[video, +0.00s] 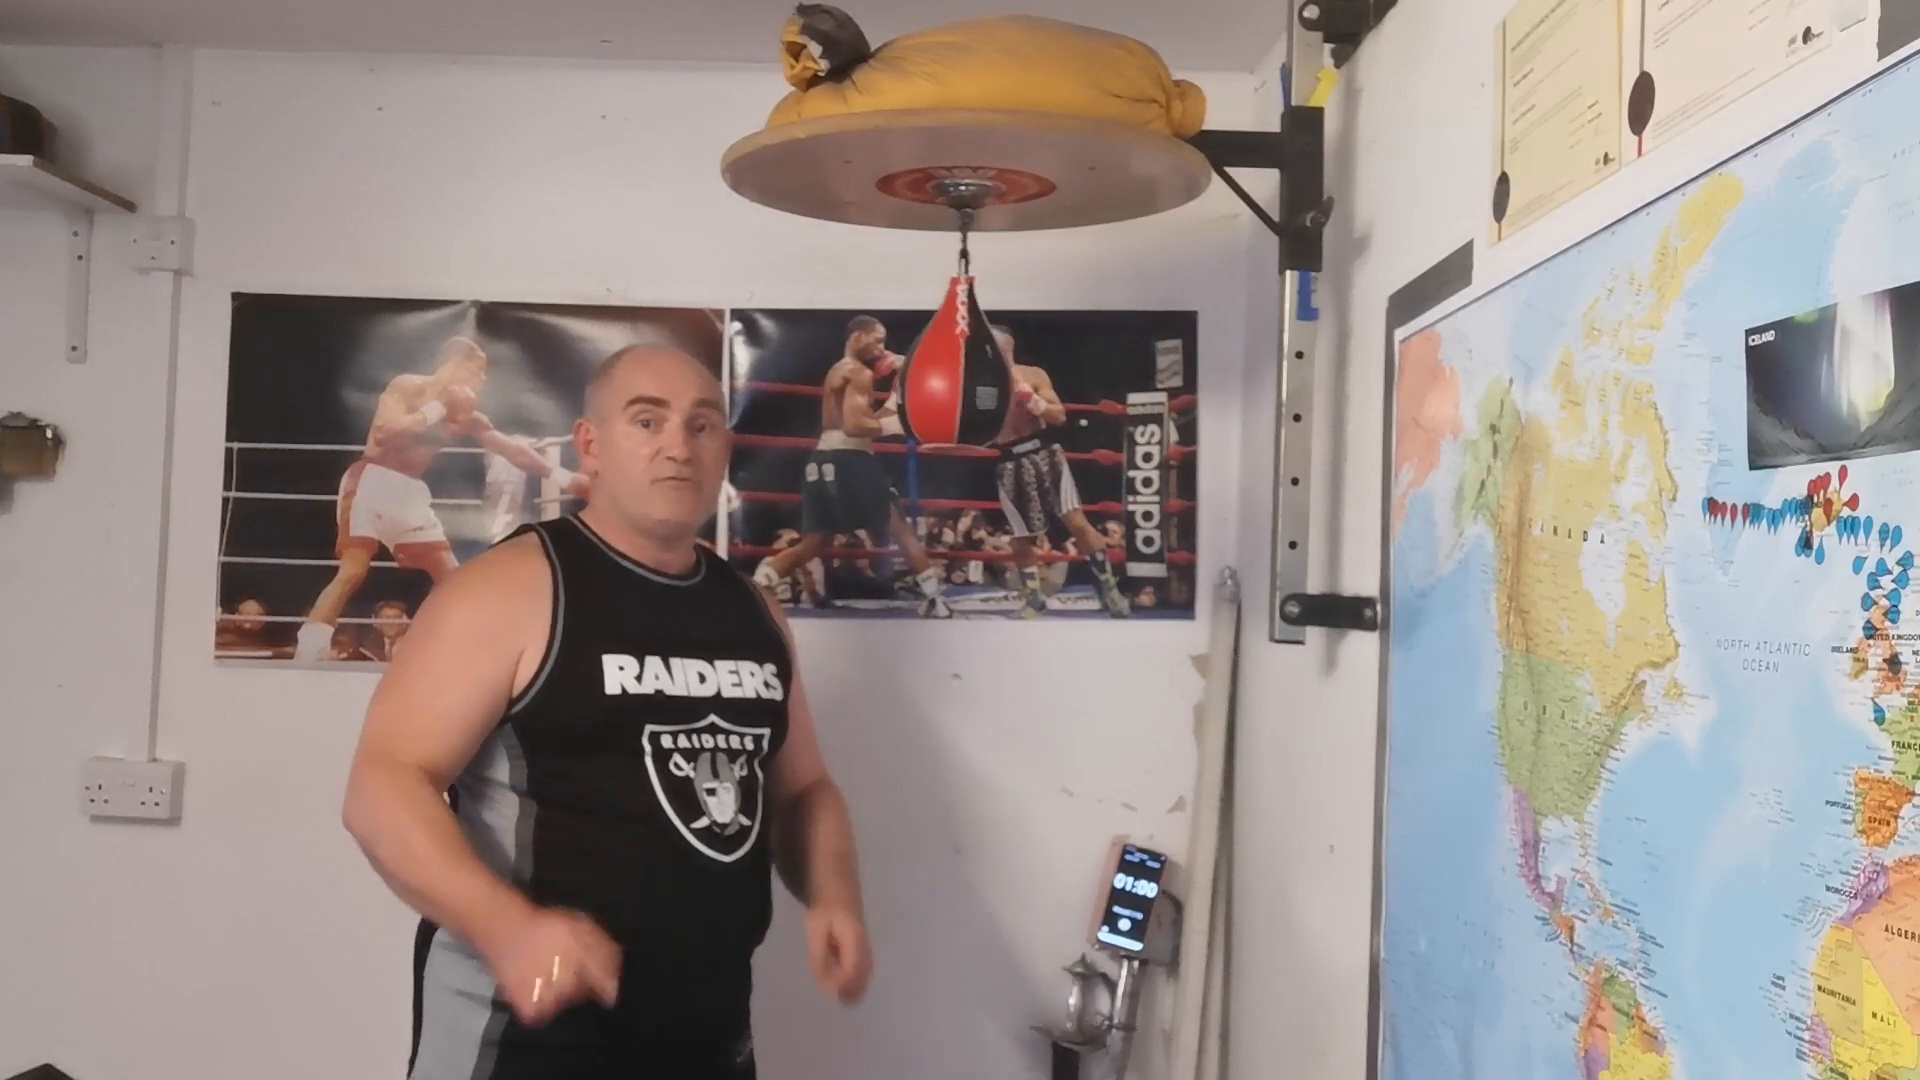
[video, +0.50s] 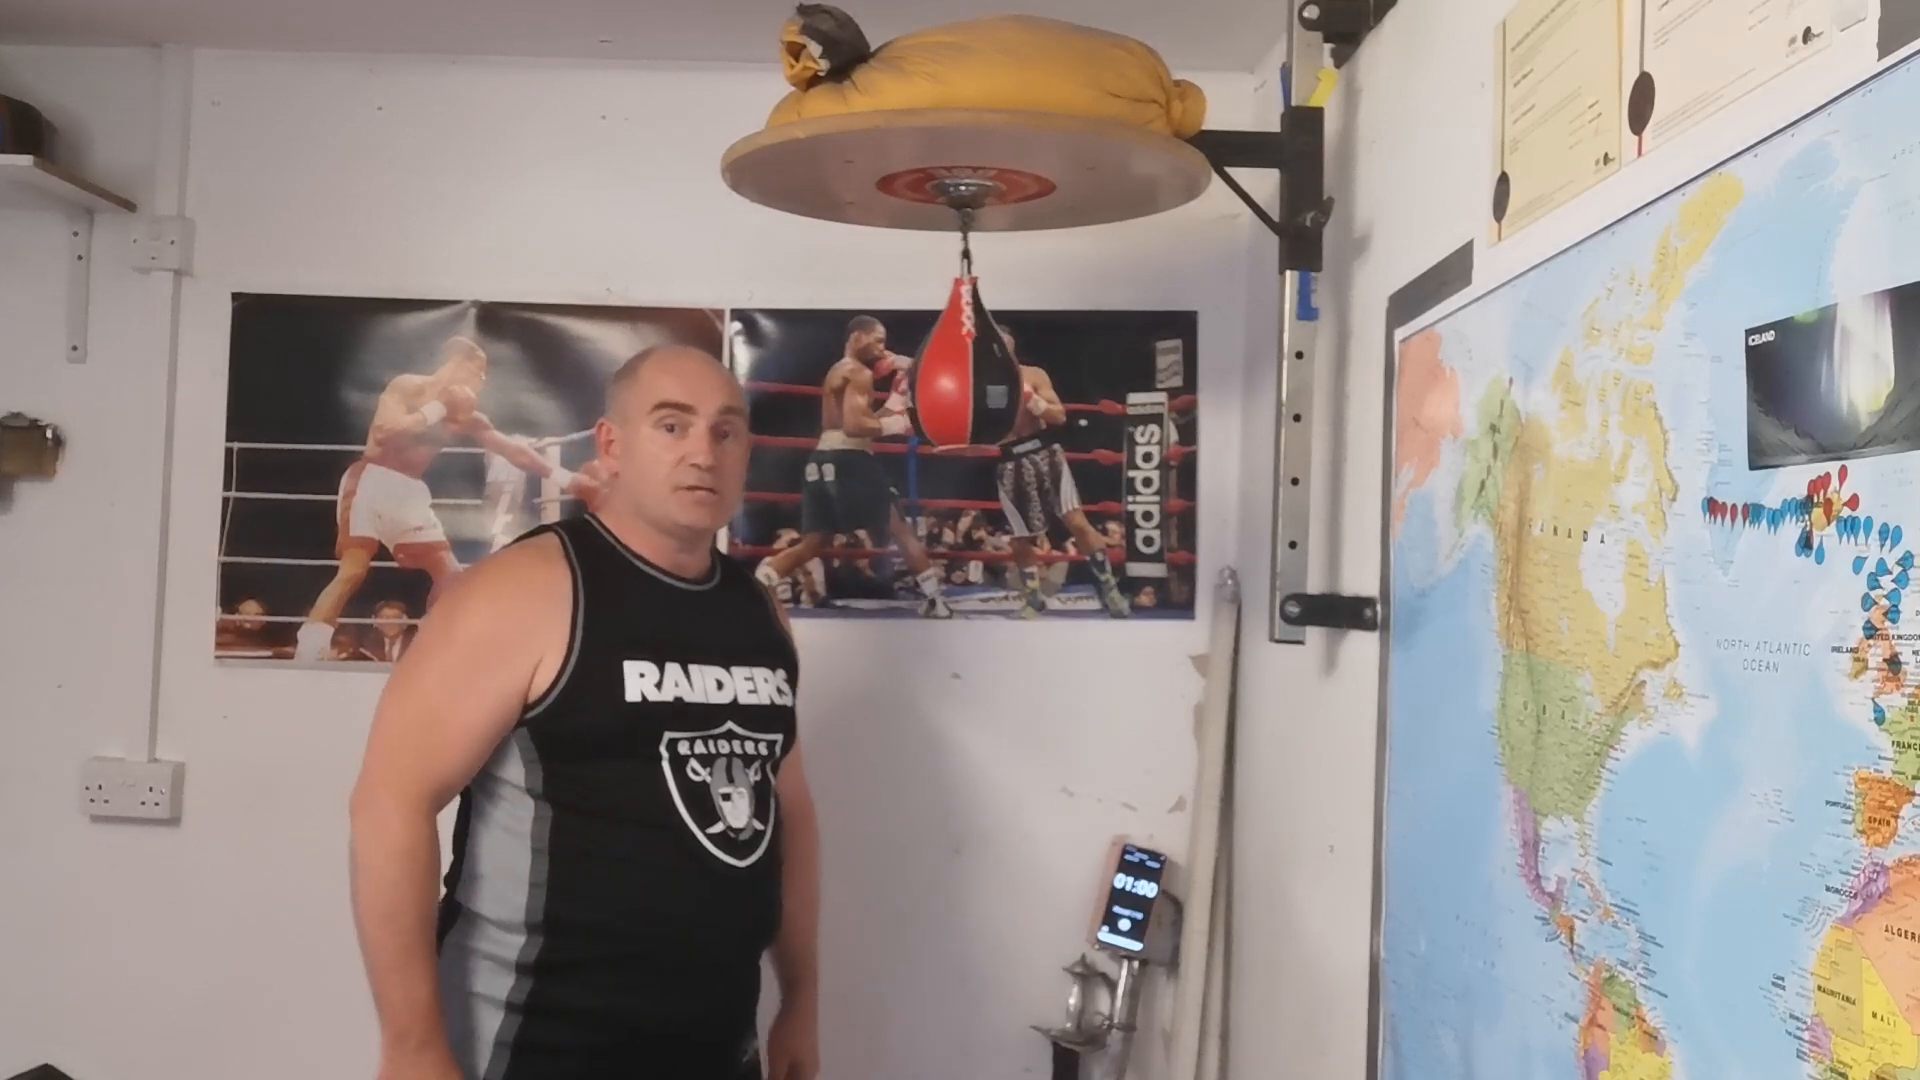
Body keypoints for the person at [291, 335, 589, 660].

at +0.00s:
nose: (476, 384)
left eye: (479, 377)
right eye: (472, 374)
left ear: (476, 380)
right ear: (451, 365)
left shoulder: (464, 415)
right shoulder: (404, 386)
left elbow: (511, 449)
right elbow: (383, 433)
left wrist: (563, 478)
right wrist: (436, 409)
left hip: (408, 492)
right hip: (367, 483)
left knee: (448, 573)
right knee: (353, 570)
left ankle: (461, 654)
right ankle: (306, 652)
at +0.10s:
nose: (475, 385)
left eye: (478, 378)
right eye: (471, 374)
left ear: (478, 382)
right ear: (450, 367)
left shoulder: (465, 417)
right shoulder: (405, 387)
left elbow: (511, 450)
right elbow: (384, 433)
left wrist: (563, 478)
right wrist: (436, 409)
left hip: (409, 493)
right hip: (368, 483)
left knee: (449, 573)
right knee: (353, 570)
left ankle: (463, 653)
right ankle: (306, 652)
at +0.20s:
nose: (475, 385)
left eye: (478, 378)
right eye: (471, 375)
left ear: (477, 382)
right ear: (451, 366)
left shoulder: (465, 415)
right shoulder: (405, 386)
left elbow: (512, 450)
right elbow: (383, 433)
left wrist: (565, 478)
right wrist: (435, 409)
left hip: (408, 493)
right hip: (367, 483)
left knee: (449, 574)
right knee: (353, 570)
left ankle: (450, 659)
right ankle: (306, 652)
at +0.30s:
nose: (478, 385)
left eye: (480, 378)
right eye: (475, 375)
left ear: (474, 381)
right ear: (453, 366)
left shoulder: (464, 416)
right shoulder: (405, 387)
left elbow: (510, 450)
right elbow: (385, 432)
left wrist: (564, 478)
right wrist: (437, 409)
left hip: (408, 493)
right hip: (368, 482)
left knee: (449, 572)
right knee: (353, 571)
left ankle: (445, 655)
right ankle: (305, 651)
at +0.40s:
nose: (475, 385)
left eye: (478, 378)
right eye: (472, 375)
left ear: (477, 381)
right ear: (451, 366)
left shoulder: (465, 417)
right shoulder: (404, 387)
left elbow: (511, 450)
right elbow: (384, 433)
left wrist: (564, 478)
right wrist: (436, 409)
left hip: (408, 493)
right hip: (368, 484)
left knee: (449, 574)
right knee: (352, 571)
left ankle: (438, 659)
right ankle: (306, 652)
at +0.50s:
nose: (477, 386)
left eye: (480, 379)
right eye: (475, 376)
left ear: (472, 380)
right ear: (455, 367)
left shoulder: (464, 414)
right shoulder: (404, 386)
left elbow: (512, 450)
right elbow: (382, 433)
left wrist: (565, 478)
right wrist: (433, 411)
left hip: (408, 493)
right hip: (367, 483)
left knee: (448, 573)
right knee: (353, 570)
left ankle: (429, 660)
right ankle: (306, 654)